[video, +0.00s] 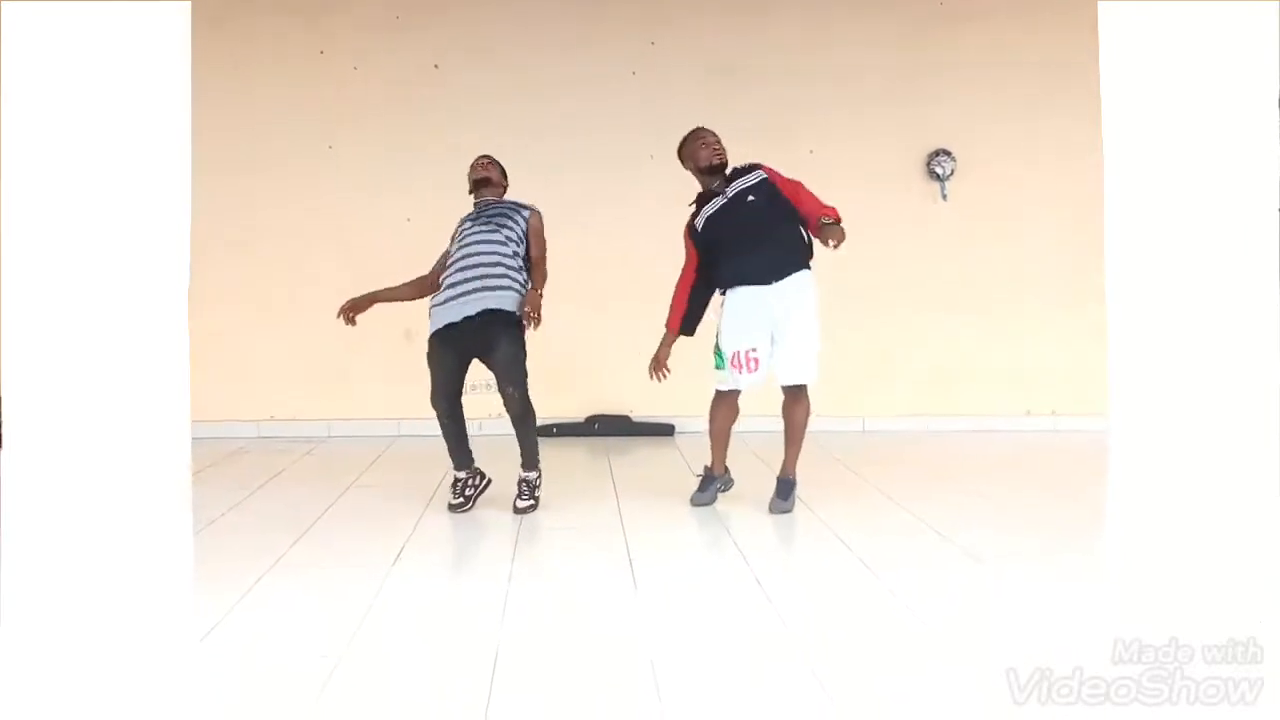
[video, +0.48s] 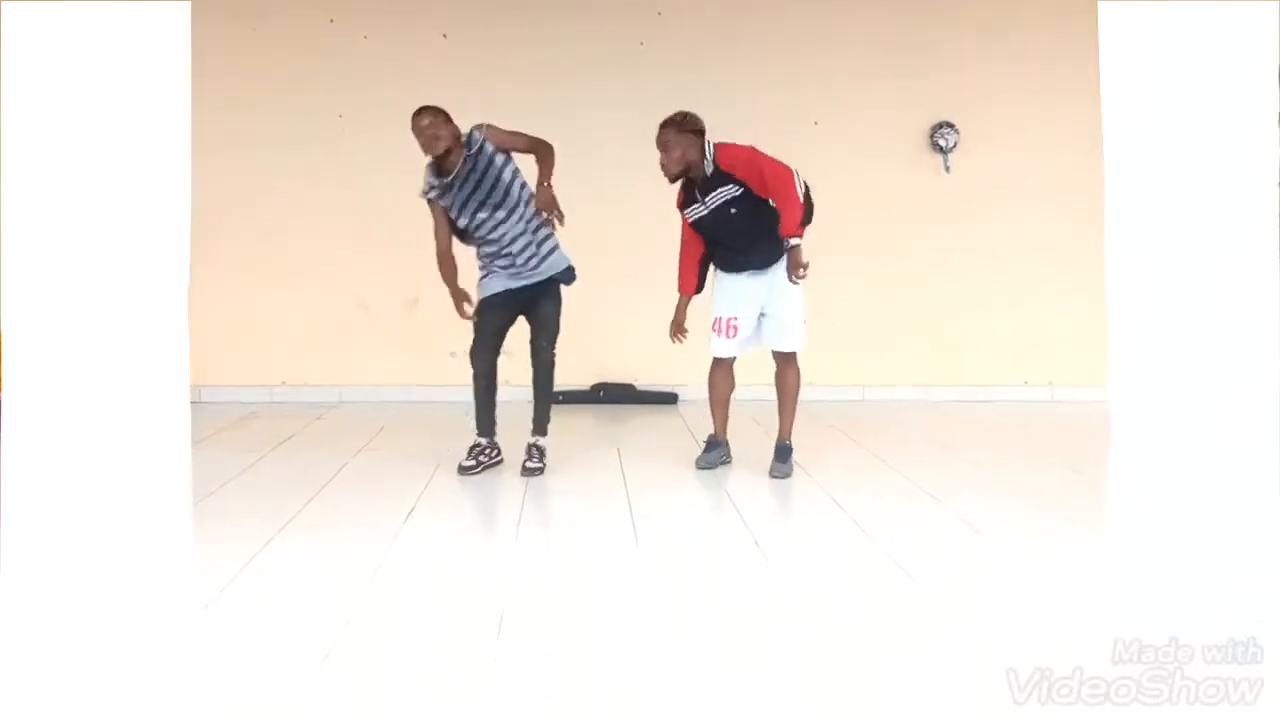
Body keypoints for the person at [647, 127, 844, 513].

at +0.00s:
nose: (714, 146)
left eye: (717, 141)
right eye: (702, 144)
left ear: (726, 152)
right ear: (688, 164)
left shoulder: (759, 175)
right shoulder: (699, 221)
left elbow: (801, 198)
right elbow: (692, 280)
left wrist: (827, 222)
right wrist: (668, 340)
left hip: (794, 290)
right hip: (742, 301)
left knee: (795, 386)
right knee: (727, 387)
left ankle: (787, 475)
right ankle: (717, 471)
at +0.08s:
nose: (698, 145)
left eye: (699, 140)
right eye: (685, 144)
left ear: (708, 146)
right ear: (671, 165)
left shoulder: (743, 161)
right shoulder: (692, 223)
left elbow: (786, 168)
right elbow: (697, 286)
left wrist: (816, 184)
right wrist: (676, 346)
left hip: (796, 279)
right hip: (747, 295)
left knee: (798, 379)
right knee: (729, 382)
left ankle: (788, 471)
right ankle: (715, 467)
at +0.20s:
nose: (693, 150)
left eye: (694, 144)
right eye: (681, 151)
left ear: (704, 148)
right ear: (670, 173)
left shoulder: (739, 157)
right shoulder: (697, 228)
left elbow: (786, 155)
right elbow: (705, 288)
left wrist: (814, 172)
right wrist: (688, 348)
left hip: (803, 277)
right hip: (754, 294)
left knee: (807, 377)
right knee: (736, 381)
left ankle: (796, 467)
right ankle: (721, 465)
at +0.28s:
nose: (682, 152)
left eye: (685, 143)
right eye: (672, 153)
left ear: (699, 142)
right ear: (668, 169)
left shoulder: (736, 148)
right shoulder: (697, 219)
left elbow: (796, 151)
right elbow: (708, 276)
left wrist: (807, 185)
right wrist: (692, 338)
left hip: (802, 269)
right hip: (753, 286)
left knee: (806, 363)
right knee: (739, 369)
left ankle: (798, 455)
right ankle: (726, 453)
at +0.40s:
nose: (663, 162)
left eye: (668, 152)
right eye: (659, 155)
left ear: (694, 146)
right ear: (665, 156)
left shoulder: (736, 151)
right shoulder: (691, 206)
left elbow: (786, 163)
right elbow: (700, 261)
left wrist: (798, 218)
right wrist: (688, 320)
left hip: (789, 266)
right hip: (741, 278)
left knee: (794, 357)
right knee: (729, 361)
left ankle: (789, 448)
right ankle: (722, 445)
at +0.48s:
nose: (660, 160)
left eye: (665, 150)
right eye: (659, 151)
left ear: (690, 147)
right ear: (680, 152)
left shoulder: (734, 158)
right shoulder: (688, 197)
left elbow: (784, 183)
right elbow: (693, 248)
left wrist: (793, 244)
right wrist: (682, 304)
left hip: (778, 267)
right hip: (732, 275)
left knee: (785, 355)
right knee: (721, 356)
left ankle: (784, 443)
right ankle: (719, 441)